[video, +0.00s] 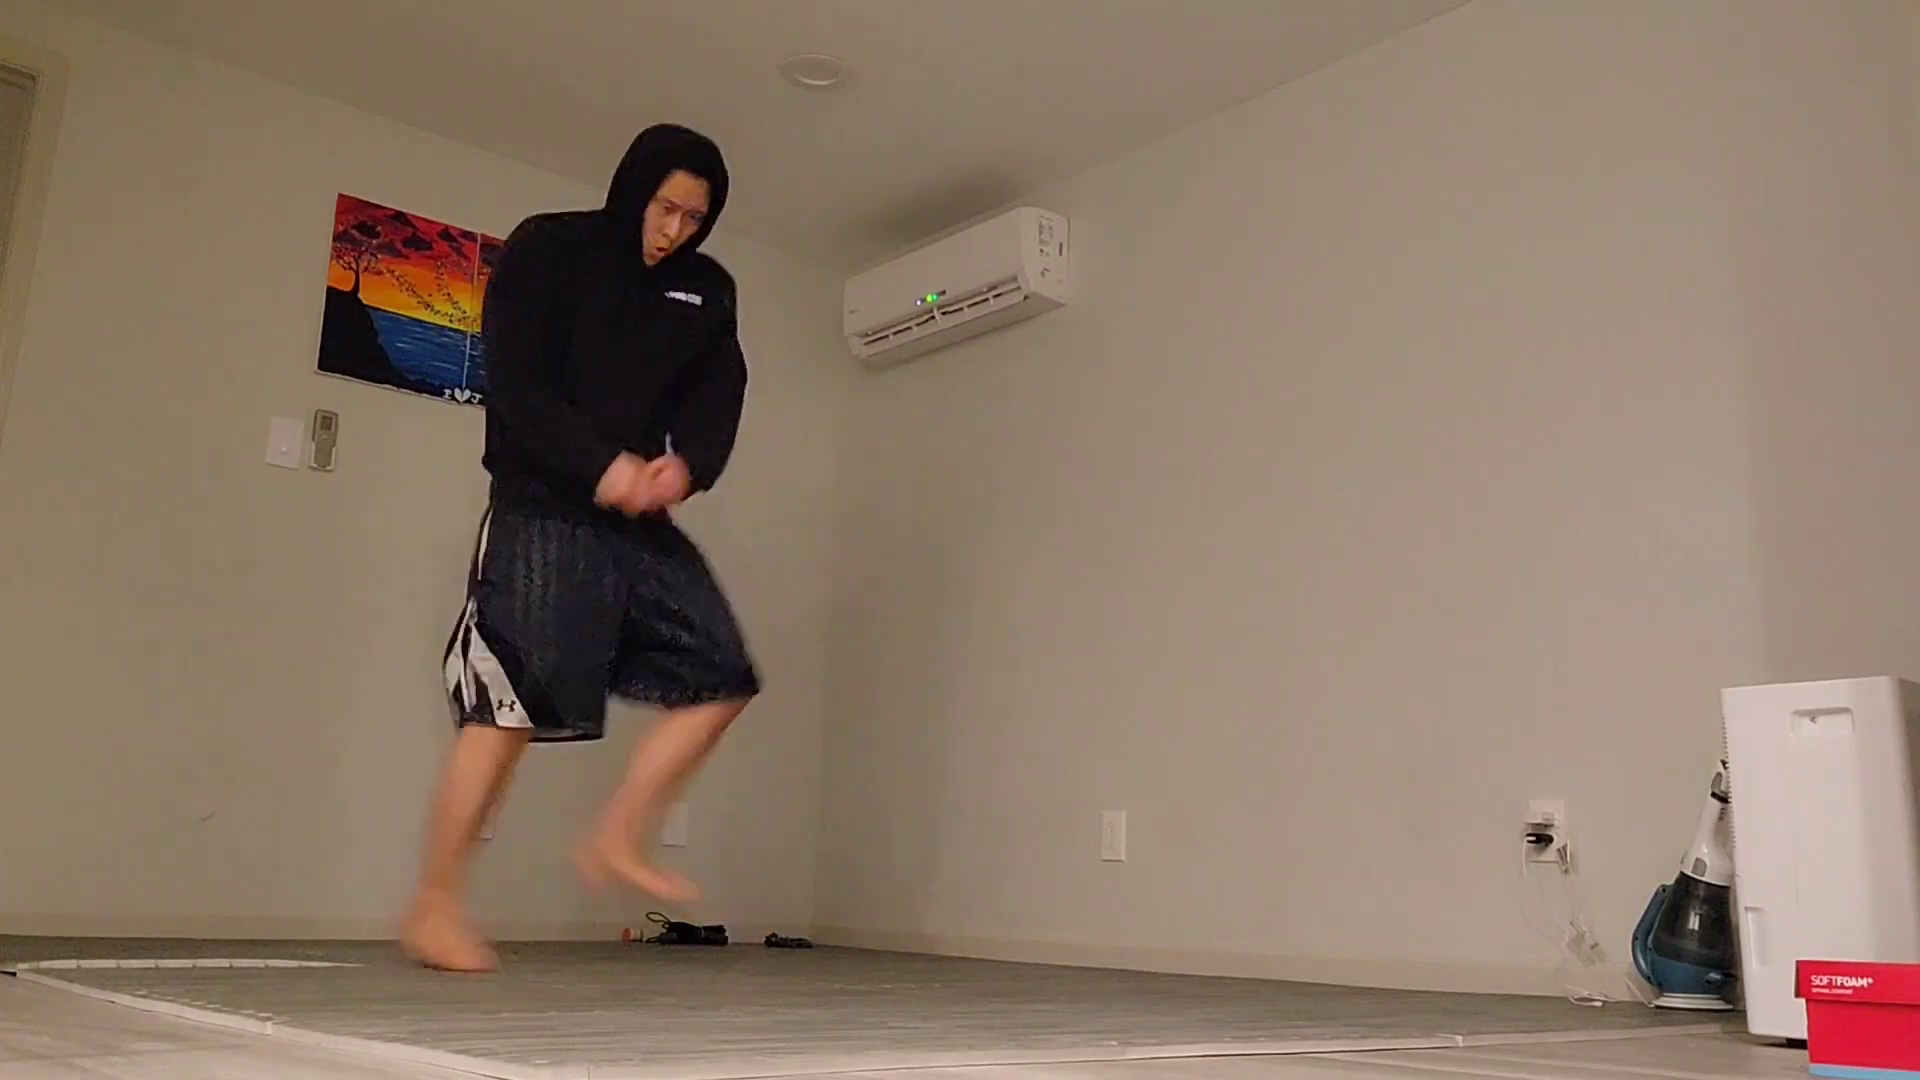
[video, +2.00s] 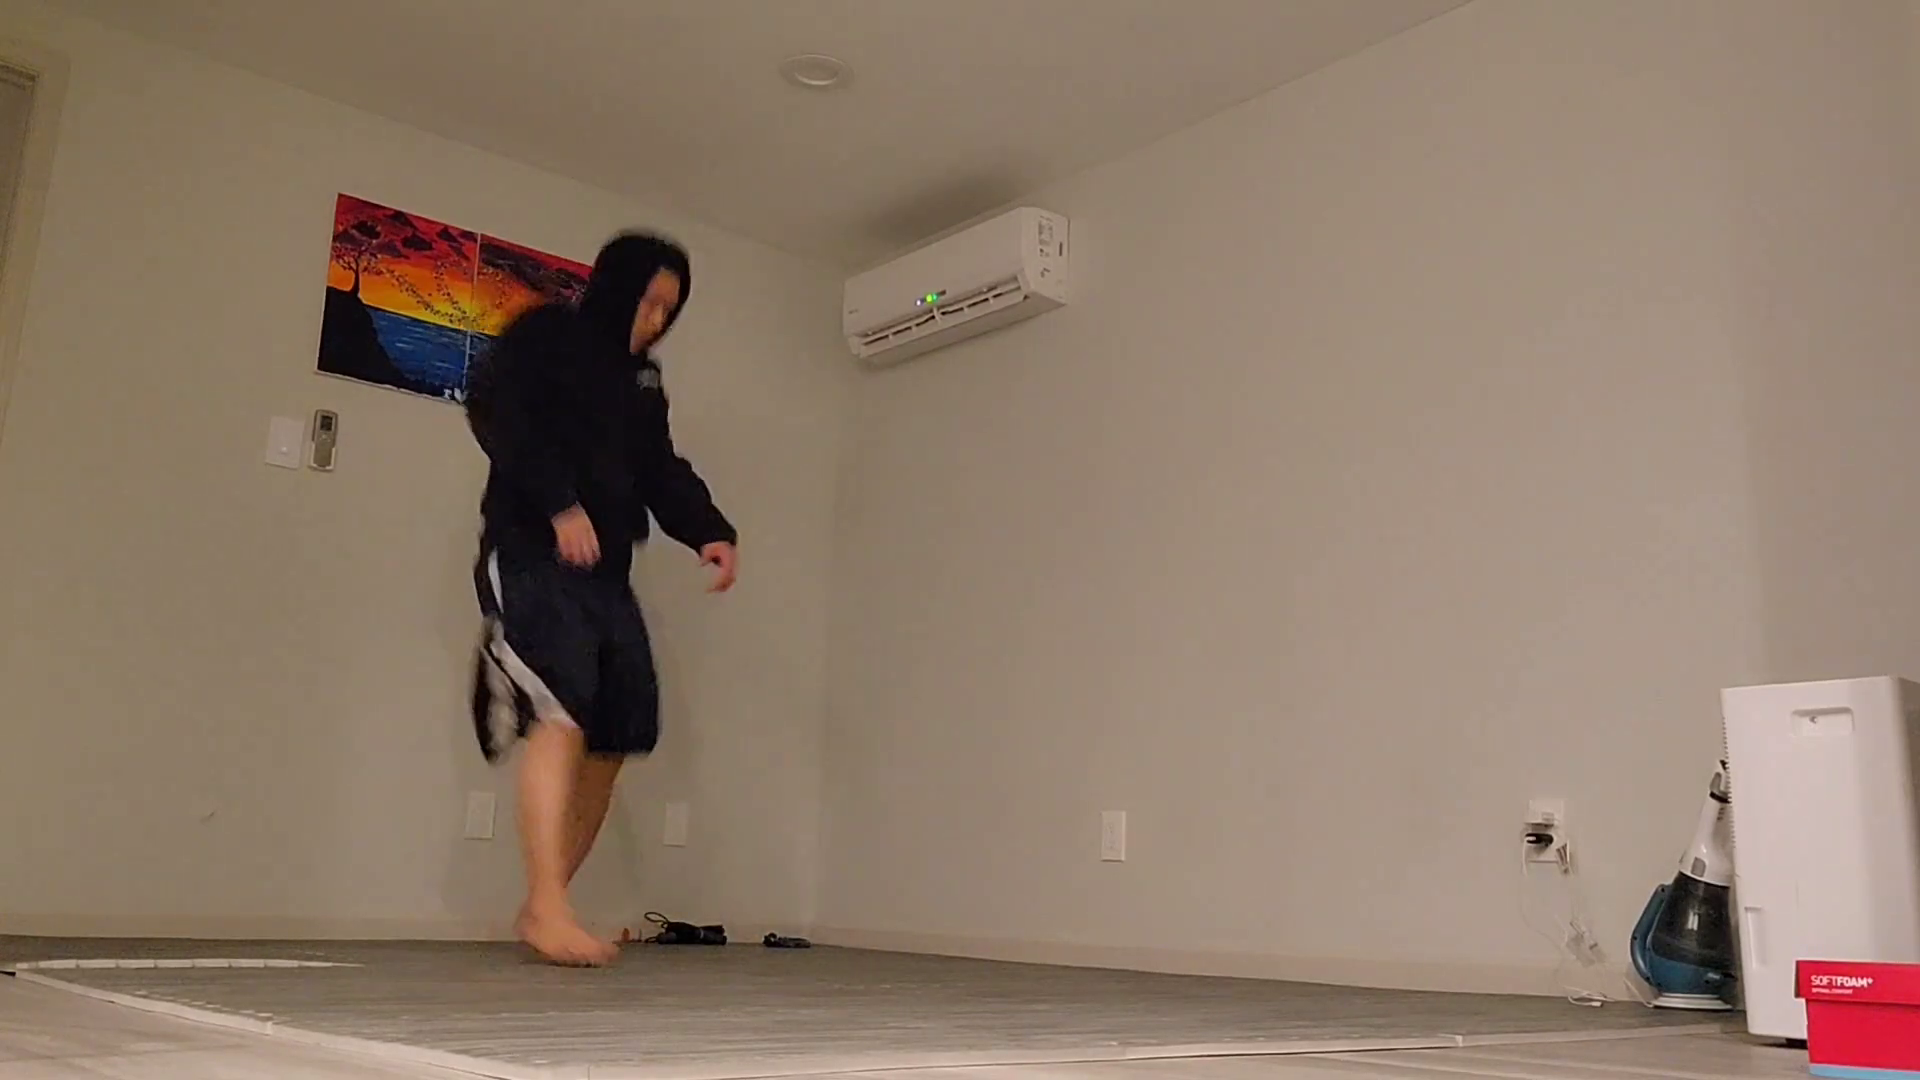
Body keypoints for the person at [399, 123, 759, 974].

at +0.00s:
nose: (675, 230)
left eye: (693, 217)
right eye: (666, 207)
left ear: (706, 218)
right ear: (630, 190)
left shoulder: (705, 285)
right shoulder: (546, 248)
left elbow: (718, 393)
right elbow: (513, 386)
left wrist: (684, 467)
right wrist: (603, 463)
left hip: (643, 522)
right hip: (542, 512)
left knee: (720, 682)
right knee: (504, 708)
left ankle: (617, 838)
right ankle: (433, 908)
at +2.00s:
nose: (660, 321)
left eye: (669, 310)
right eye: (654, 303)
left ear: (669, 311)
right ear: (618, 287)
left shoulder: (641, 375)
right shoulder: (545, 332)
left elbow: (656, 465)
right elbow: (494, 408)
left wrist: (708, 529)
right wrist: (560, 502)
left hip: (604, 568)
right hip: (529, 553)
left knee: (612, 729)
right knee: (559, 714)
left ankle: (545, 906)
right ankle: (547, 912)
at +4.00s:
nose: (586, 287)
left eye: (603, 274)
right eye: (575, 268)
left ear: (622, 275)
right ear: (549, 259)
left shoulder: (631, 316)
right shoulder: (490, 315)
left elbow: (637, 371)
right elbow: (433, 401)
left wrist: (525, 356)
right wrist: (517, 467)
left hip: (608, 544)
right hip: (514, 546)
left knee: (581, 688)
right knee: (485, 734)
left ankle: (549, 878)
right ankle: (456, 907)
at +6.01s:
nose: (653, 258)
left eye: (675, 252)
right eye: (648, 240)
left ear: (687, 268)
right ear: (615, 240)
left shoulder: (679, 326)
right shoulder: (542, 295)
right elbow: (449, 296)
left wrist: (644, 250)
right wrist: (437, 313)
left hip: (642, 546)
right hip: (548, 536)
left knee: (651, 745)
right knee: (613, 715)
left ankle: (590, 930)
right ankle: (663, 913)